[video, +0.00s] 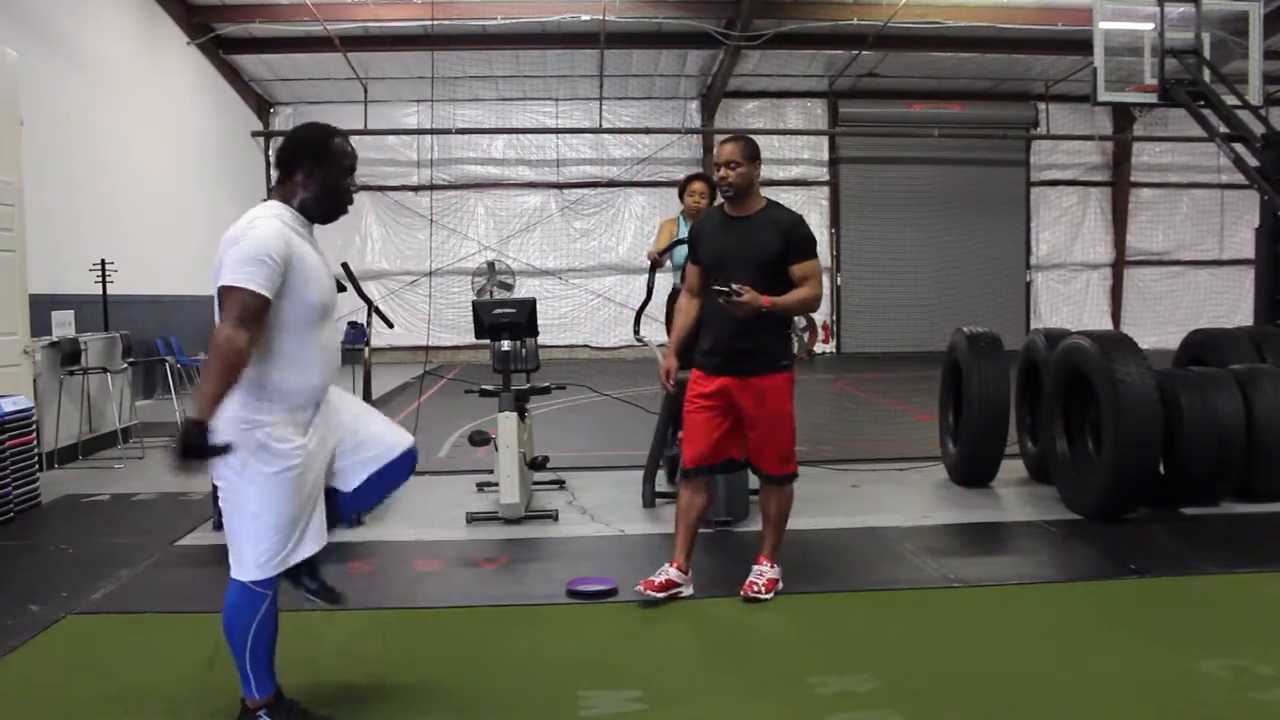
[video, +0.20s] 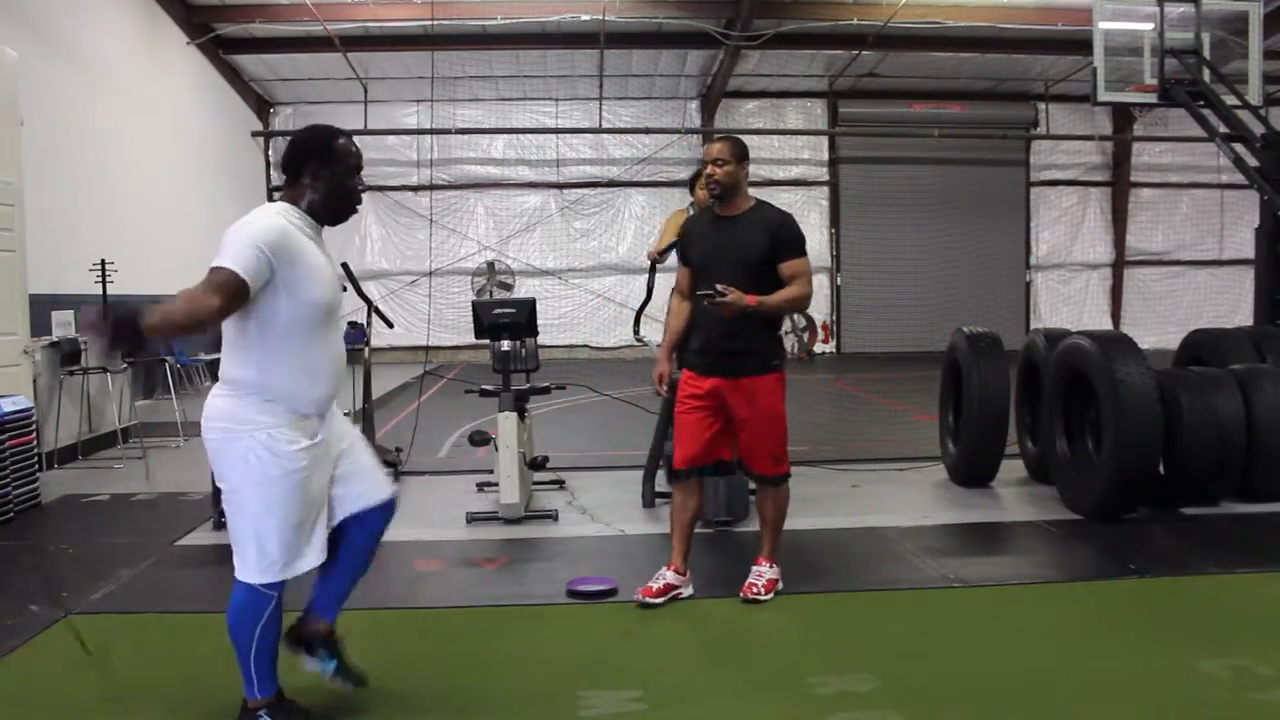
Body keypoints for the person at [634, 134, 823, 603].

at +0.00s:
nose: (725, 173)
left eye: (734, 165)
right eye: (719, 166)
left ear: (757, 169)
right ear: (714, 172)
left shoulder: (788, 226)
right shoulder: (704, 227)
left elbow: (812, 294)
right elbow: (690, 293)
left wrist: (766, 302)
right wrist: (672, 348)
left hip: (767, 372)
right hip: (709, 370)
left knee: (775, 472)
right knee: (693, 467)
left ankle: (767, 563)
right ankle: (678, 567)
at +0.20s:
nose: (711, 171)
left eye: (721, 163)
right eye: (707, 164)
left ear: (745, 169)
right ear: (703, 171)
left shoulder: (777, 226)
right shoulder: (693, 227)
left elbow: (801, 293)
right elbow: (682, 293)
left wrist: (751, 302)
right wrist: (666, 351)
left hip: (758, 373)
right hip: (699, 372)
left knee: (769, 471)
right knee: (684, 468)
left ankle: (767, 563)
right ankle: (677, 569)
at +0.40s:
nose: (692, 169)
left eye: (702, 161)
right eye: (687, 163)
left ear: (726, 169)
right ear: (684, 172)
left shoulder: (759, 224)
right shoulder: (676, 229)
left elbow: (785, 290)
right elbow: (667, 301)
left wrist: (733, 302)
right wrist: (652, 362)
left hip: (742, 374)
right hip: (683, 373)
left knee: (757, 472)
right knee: (671, 469)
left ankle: (765, 563)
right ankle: (676, 571)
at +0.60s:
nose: (669, 169)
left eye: (679, 161)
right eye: (664, 162)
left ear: (702, 167)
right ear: (660, 171)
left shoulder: (735, 221)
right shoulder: (654, 233)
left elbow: (764, 285)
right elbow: (646, 303)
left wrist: (713, 299)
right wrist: (630, 365)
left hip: (722, 373)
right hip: (664, 374)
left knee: (745, 474)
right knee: (666, 474)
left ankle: (762, 564)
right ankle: (674, 571)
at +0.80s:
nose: (648, 170)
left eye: (657, 162)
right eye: (642, 164)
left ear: (679, 168)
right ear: (638, 174)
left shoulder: (715, 217)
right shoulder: (635, 236)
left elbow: (748, 282)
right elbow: (627, 306)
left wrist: (696, 296)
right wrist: (608, 364)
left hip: (706, 372)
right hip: (653, 374)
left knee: (723, 475)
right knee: (663, 475)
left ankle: (755, 555)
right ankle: (674, 572)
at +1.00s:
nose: (632, 171)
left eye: (641, 163)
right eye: (627, 165)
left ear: (665, 169)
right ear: (624, 175)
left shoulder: (703, 217)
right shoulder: (626, 238)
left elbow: (737, 278)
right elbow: (618, 308)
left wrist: (683, 298)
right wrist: (596, 365)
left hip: (698, 369)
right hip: (646, 372)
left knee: (702, 474)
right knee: (659, 474)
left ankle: (747, 556)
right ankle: (673, 573)